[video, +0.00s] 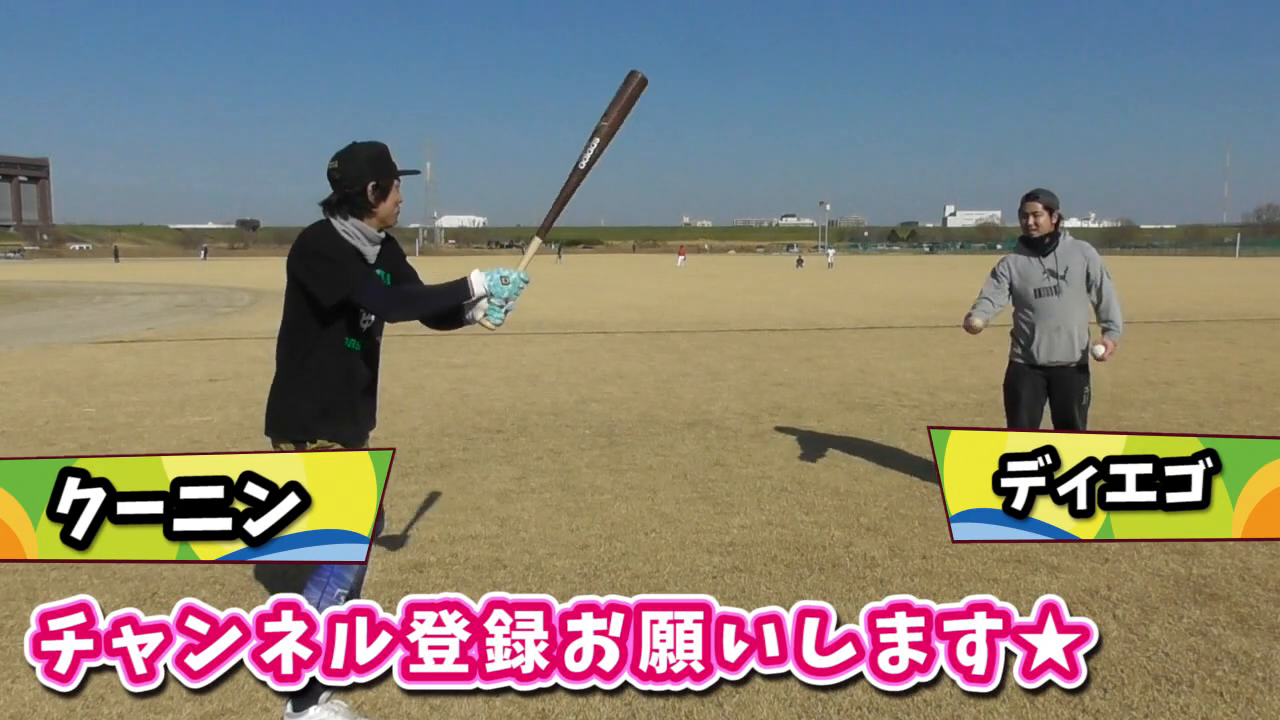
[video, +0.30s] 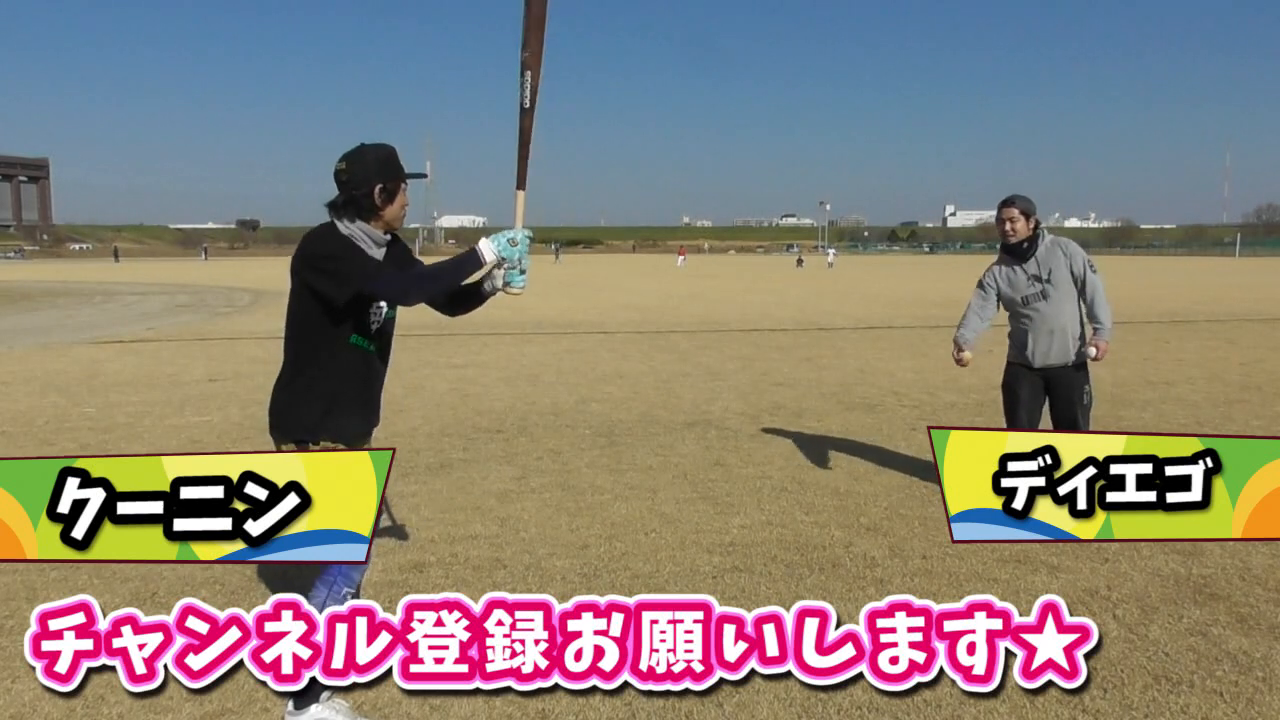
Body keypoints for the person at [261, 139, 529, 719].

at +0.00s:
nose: (400, 197)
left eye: (399, 188)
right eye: (395, 188)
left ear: (367, 191)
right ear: (373, 193)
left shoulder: (382, 249)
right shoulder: (319, 245)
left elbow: (422, 311)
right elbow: (382, 301)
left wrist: (475, 310)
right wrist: (470, 285)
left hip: (351, 425)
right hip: (311, 426)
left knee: (352, 548)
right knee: (345, 553)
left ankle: (316, 680)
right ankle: (304, 695)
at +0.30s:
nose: (407, 200)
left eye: (405, 191)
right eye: (403, 191)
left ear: (369, 194)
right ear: (381, 194)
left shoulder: (389, 248)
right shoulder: (327, 246)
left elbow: (446, 299)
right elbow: (404, 284)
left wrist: (496, 279)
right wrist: (481, 251)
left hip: (351, 425)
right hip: (315, 427)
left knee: (347, 548)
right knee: (352, 555)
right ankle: (309, 694)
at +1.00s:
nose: (396, 199)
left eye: (396, 189)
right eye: (388, 189)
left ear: (377, 193)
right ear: (355, 193)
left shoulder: (390, 246)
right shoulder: (281, 237)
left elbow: (407, 311)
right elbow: (266, 291)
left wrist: (375, 265)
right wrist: (343, 242)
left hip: (357, 407)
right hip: (295, 421)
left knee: (413, 479)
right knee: (343, 543)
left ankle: (431, 620)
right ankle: (306, 694)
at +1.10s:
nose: (406, 204)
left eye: (405, 193)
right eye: (397, 194)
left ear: (378, 195)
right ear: (363, 196)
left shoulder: (395, 248)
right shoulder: (283, 238)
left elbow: (404, 310)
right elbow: (255, 295)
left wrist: (362, 267)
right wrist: (332, 245)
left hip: (362, 406)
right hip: (300, 420)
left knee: (419, 489)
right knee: (343, 541)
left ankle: (447, 621)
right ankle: (307, 691)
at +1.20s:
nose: (410, 206)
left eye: (409, 195)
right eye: (402, 196)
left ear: (380, 198)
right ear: (368, 199)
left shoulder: (400, 252)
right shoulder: (287, 239)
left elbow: (401, 312)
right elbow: (247, 298)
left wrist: (352, 266)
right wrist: (321, 256)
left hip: (368, 414)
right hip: (304, 428)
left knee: (436, 513)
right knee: (343, 557)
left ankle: (471, 628)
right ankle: (308, 695)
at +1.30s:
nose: (418, 210)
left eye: (416, 200)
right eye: (410, 201)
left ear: (387, 202)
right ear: (379, 204)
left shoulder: (408, 256)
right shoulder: (296, 241)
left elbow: (405, 312)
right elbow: (244, 300)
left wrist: (348, 277)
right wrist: (315, 257)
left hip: (376, 418)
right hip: (311, 431)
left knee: (454, 523)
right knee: (347, 565)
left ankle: (483, 611)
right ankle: (307, 695)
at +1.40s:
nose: (432, 216)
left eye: (430, 206)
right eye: (424, 207)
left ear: (399, 213)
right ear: (394, 213)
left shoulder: (423, 262)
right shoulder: (312, 247)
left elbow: (411, 314)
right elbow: (251, 305)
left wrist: (351, 279)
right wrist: (319, 260)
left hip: (389, 420)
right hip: (326, 432)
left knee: (466, 523)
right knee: (353, 564)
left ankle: (485, 601)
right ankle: (307, 695)